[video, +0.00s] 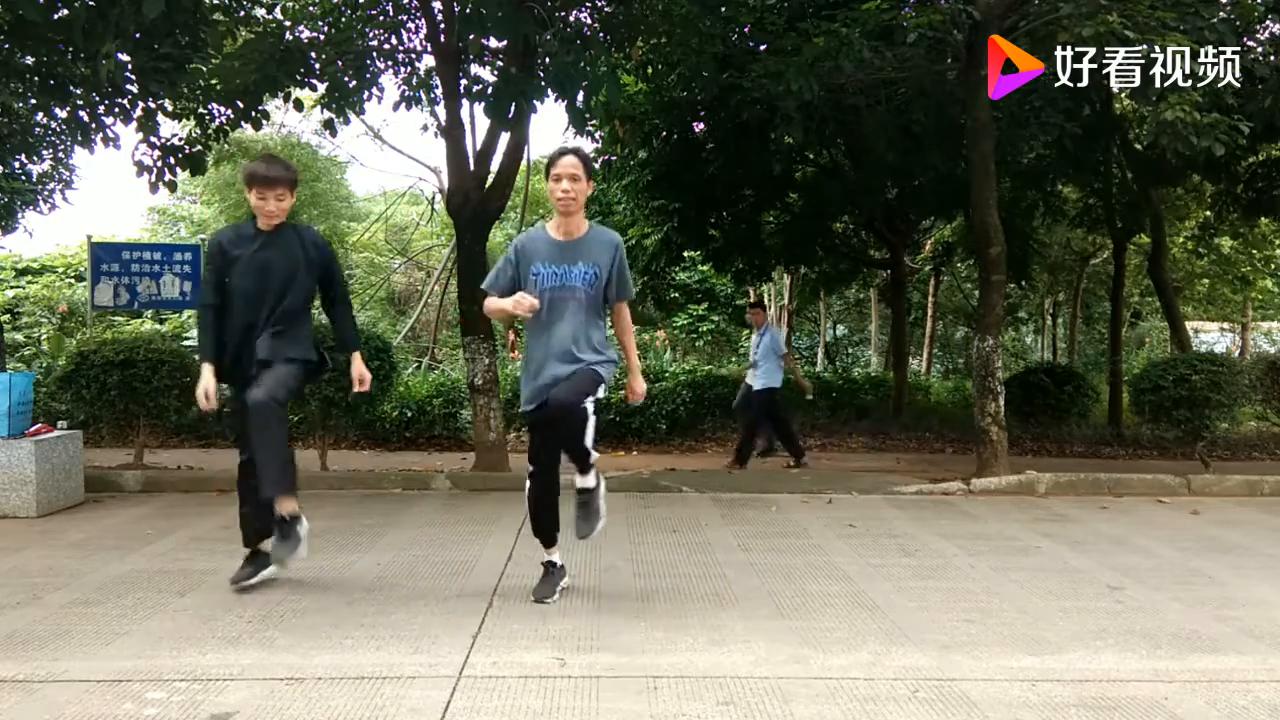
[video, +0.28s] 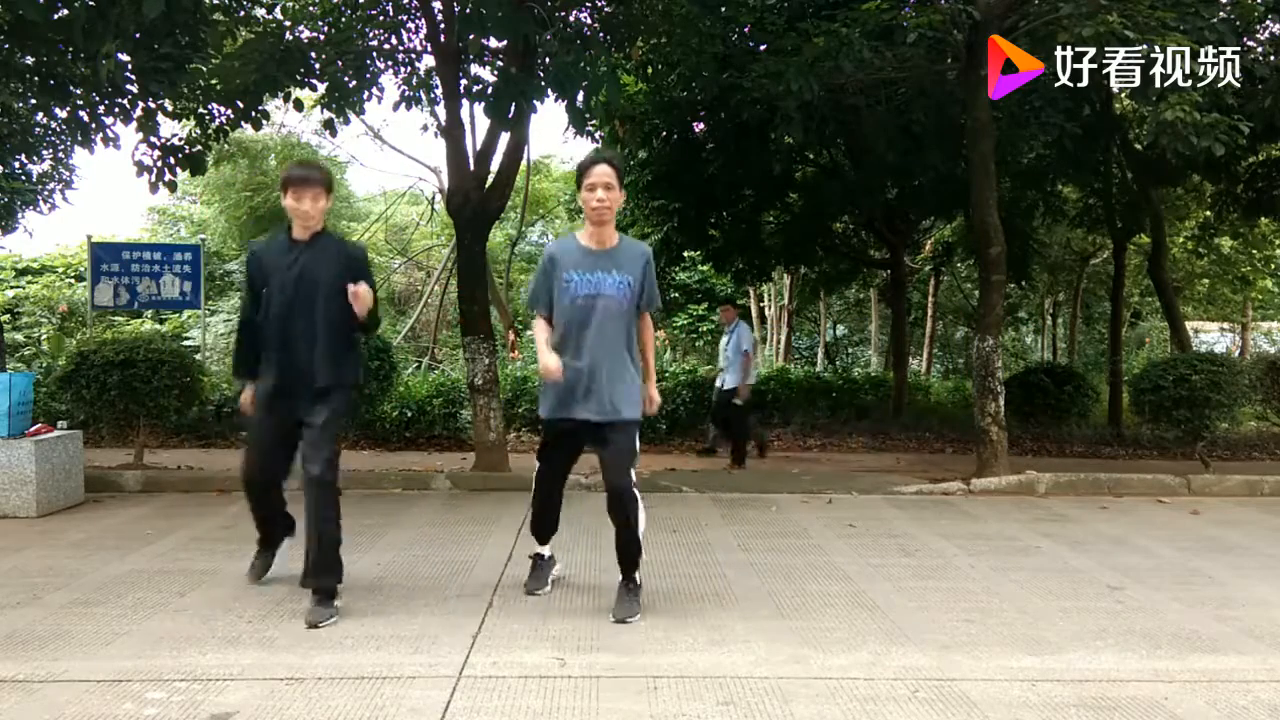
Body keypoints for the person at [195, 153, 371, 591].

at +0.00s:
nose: (272, 207)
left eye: (281, 198)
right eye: (263, 197)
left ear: (293, 198)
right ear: (248, 195)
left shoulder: (311, 245)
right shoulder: (225, 245)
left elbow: (337, 302)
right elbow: (209, 308)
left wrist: (355, 355)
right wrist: (207, 367)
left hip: (291, 355)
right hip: (243, 360)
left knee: (261, 400)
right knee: (249, 455)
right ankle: (257, 549)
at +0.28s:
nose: (308, 206)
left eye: (316, 197)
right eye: (299, 197)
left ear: (328, 201)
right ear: (285, 200)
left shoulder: (348, 256)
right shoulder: (263, 255)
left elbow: (367, 327)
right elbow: (251, 322)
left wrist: (365, 313)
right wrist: (248, 380)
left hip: (329, 385)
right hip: (276, 384)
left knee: (318, 476)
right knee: (257, 473)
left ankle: (324, 590)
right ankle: (274, 532)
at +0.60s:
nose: (346, 190)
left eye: (356, 182)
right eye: (338, 181)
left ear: (369, 188)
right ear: (326, 188)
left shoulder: (392, 239)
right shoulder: (307, 244)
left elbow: (399, 283)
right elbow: (302, 304)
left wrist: (383, 314)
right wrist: (308, 348)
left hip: (372, 353)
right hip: (323, 349)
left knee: (359, 458)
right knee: (317, 384)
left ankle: (343, 562)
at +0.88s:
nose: (376, 215)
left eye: (384, 207)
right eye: (367, 207)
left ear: (399, 216)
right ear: (355, 216)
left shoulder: (424, 272)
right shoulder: (339, 279)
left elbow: (439, 341)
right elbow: (331, 349)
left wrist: (439, 402)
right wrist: (335, 411)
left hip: (413, 396)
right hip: (364, 398)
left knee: (400, 485)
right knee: (392, 483)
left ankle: (377, 546)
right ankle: (403, 595)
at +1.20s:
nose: (414, 197)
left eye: (423, 189)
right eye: (405, 188)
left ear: (436, 197)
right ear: (393, 195)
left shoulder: (456, 252)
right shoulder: (369, 246)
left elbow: (480, 302)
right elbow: (344, 301)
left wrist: (492, 335)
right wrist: (380, 264)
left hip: (447, 363)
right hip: (396, 371)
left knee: (441, 414)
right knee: (409, 477)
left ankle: (462, 503)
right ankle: (422, 570)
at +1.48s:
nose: (443, 214)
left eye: (452, 207)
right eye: (434, 206)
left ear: (464, 214)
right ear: (420, 213)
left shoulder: (484, 273)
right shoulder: (396, 268)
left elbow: (506, 334)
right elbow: (356, 327)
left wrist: (523, 388)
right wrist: (354, 389)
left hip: (468, 401)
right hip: (413, 400)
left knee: (472, 488)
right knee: (415, 489)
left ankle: (465, 595)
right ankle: (415, 559)